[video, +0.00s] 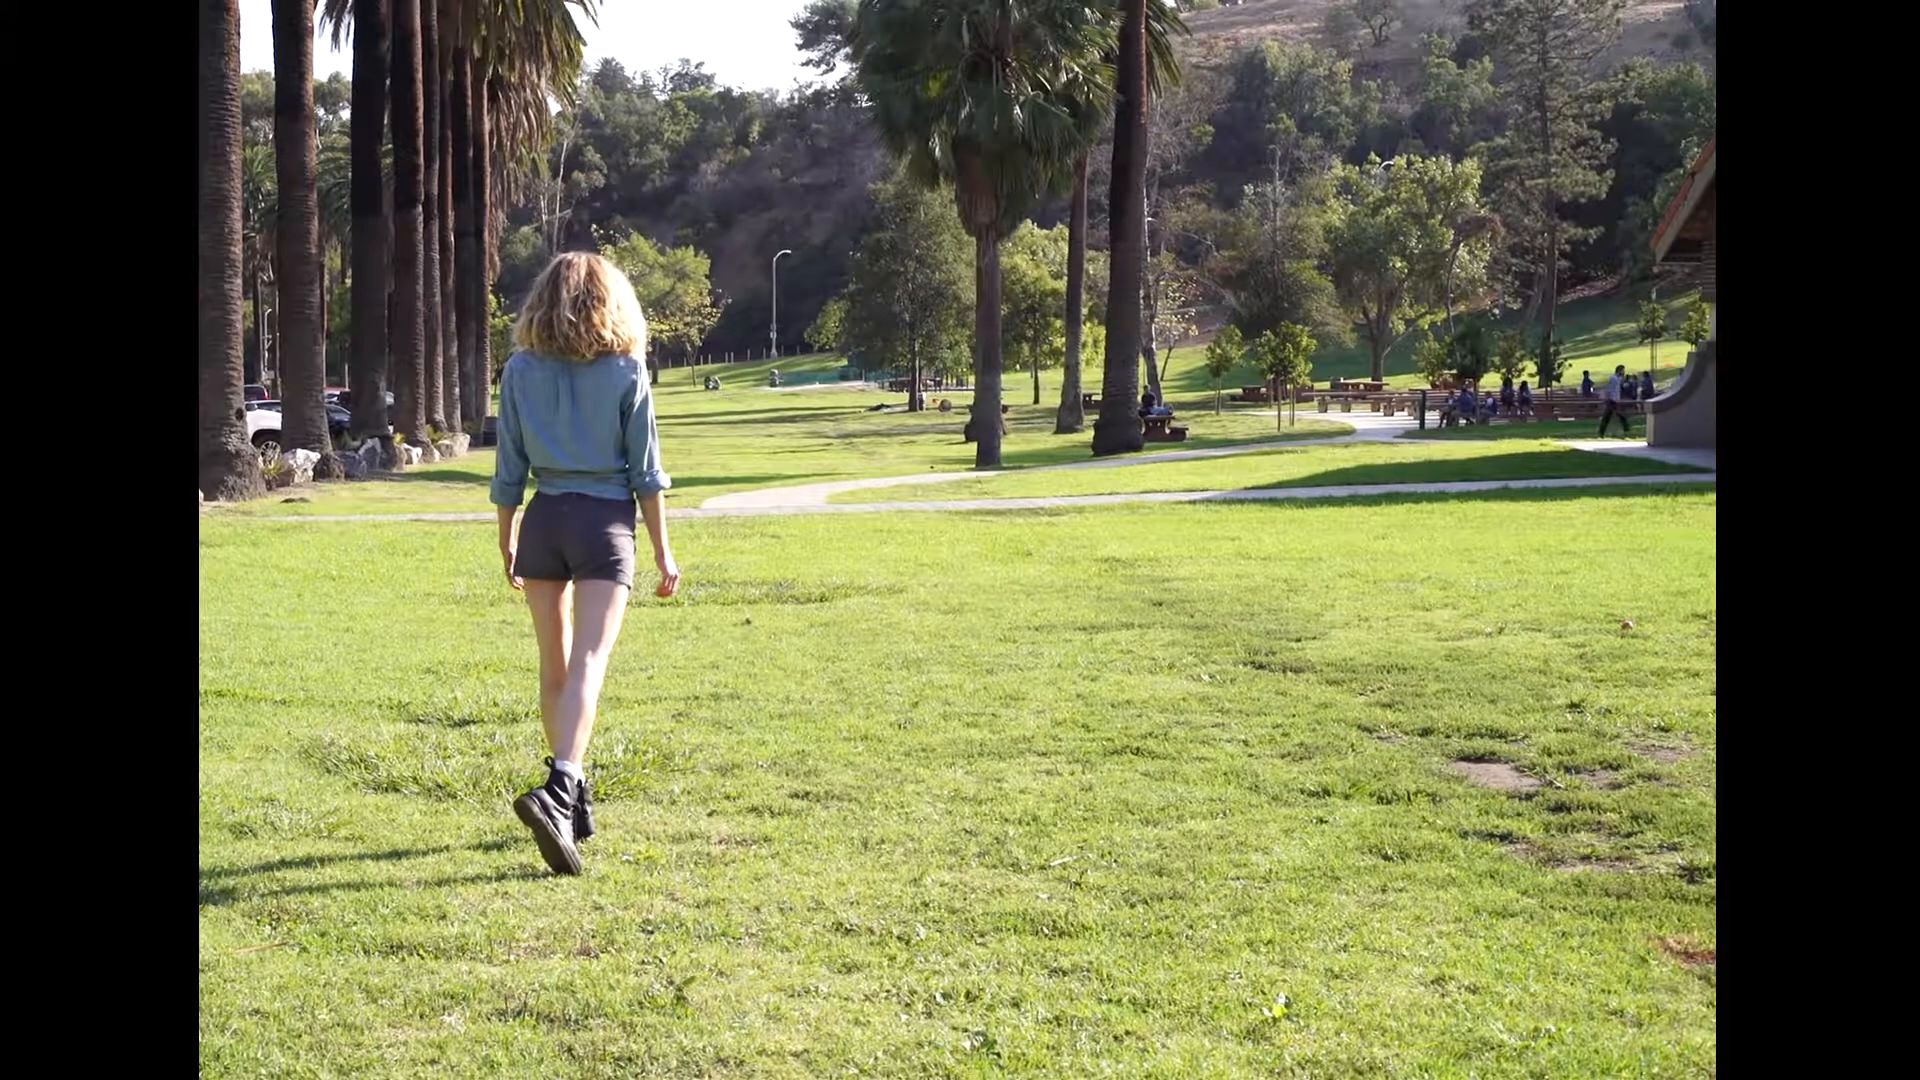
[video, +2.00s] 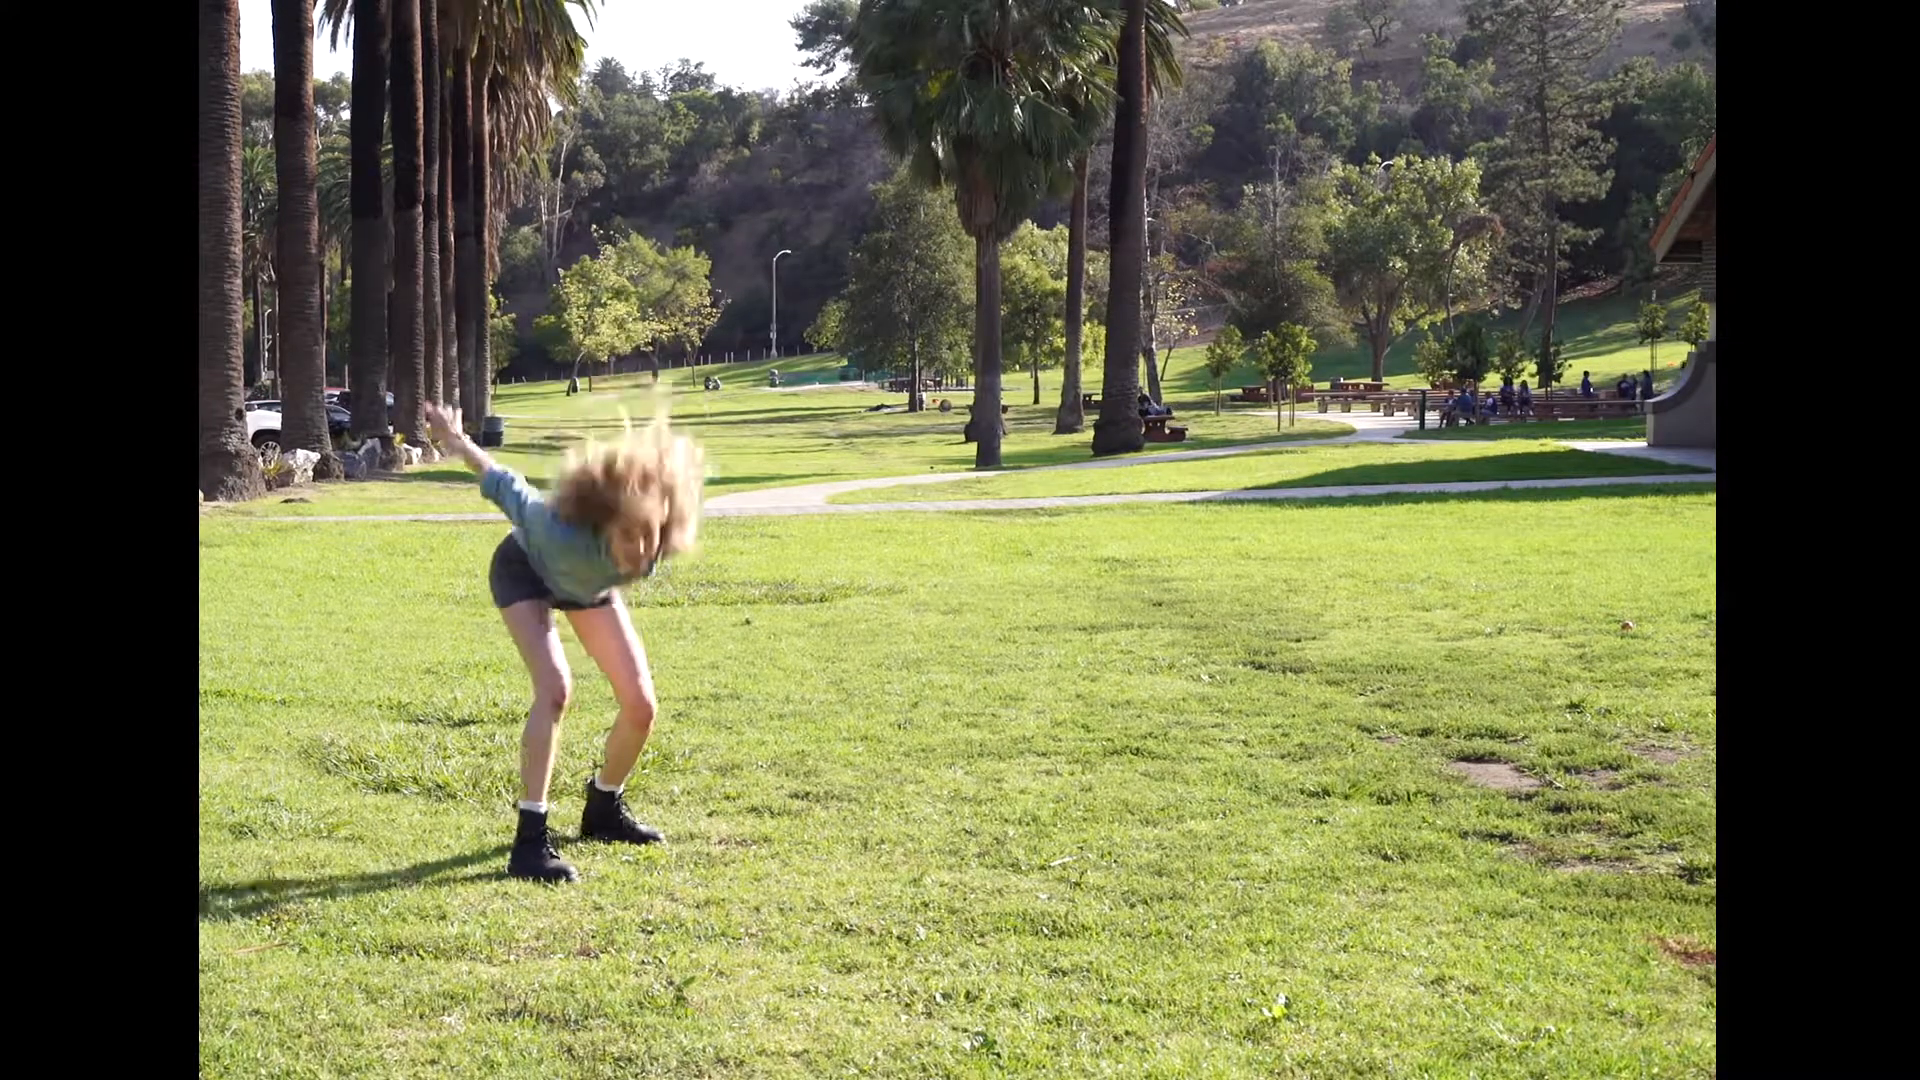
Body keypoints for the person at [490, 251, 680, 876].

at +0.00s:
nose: (624, 311)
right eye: (619, 300)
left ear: (544, 306)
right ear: (612, 306)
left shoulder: (520, 369)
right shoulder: (627, 371)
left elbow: (510, 465)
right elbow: (645, 470)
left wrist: (506, 540)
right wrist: (663, 549)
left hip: (542, 516)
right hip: (606, 518)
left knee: (553, 663)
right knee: (589, 660)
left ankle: (575, 794)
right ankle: (558, 790)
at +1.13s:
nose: (570, 325)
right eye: (564, 318)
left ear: (514, 357)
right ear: (555, 325)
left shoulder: (526, 413)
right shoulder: (587, 344)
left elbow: (541, 500)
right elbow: (617, 395)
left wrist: (557, 556)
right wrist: (651, 454)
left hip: (553, 521)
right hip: (597, 506)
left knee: (575, 668)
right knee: (573, 671)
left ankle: (579, 804)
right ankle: (529, 822)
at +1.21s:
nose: (587, 341)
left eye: (584, 336)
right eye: (578, 332)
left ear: (524, 350)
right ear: (557, 326)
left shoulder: (542, 409)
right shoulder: (553, 337)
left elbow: (582, 510)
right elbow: (575, 394)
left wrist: (639, 586)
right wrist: (600, 446)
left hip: (605, 524)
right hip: (593, 518)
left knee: (600, 682)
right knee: (577, 685)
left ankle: (588, 809)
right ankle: (528, 834)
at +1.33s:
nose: (564, 333)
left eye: (571, 324)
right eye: (551, 322)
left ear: (584, 334)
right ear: (531, 332)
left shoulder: (599, 396)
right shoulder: (516, 384)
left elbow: (636, 496)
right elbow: (492, 442)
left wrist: (684, 571)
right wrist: (474, 487)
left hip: (630, 537)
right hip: (575, 533)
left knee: (613, 689)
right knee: (575, 693)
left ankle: (593, 809)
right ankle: (529, 837)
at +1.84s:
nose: (623, 388)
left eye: (633, 377)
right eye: (610, 380)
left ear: (653, 390)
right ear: (594, 396)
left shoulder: (671, 450)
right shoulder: (568, 446)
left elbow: (675, 480)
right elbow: (505, 461)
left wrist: (675, 504)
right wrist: (460, 465)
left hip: (601, 565)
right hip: (535, 552)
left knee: (639, 704)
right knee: (563, 687)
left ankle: (606, 809)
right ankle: (533, 840)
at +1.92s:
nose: (635, 463)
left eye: (646, 448)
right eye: (621, 449)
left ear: (665, 456)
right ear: (600, 456)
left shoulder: (673, 500)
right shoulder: (561, 489)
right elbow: (500, 470)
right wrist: (456, 451)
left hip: (595, 569)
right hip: (531, 558)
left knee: (639, 704)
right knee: (565, 686)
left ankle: (606, 809)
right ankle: (534, 841)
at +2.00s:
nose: (641, 546)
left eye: (650, 534)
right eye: (629, 534)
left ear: (664, 528)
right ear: (603, 524)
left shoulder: (653, 548)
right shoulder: (553, 530)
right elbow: (499, 480)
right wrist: (456, 439)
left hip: (589, 582)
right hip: (524, 567)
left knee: (641, 708)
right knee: (553, 690)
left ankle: (602, 811)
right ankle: (530, 843)